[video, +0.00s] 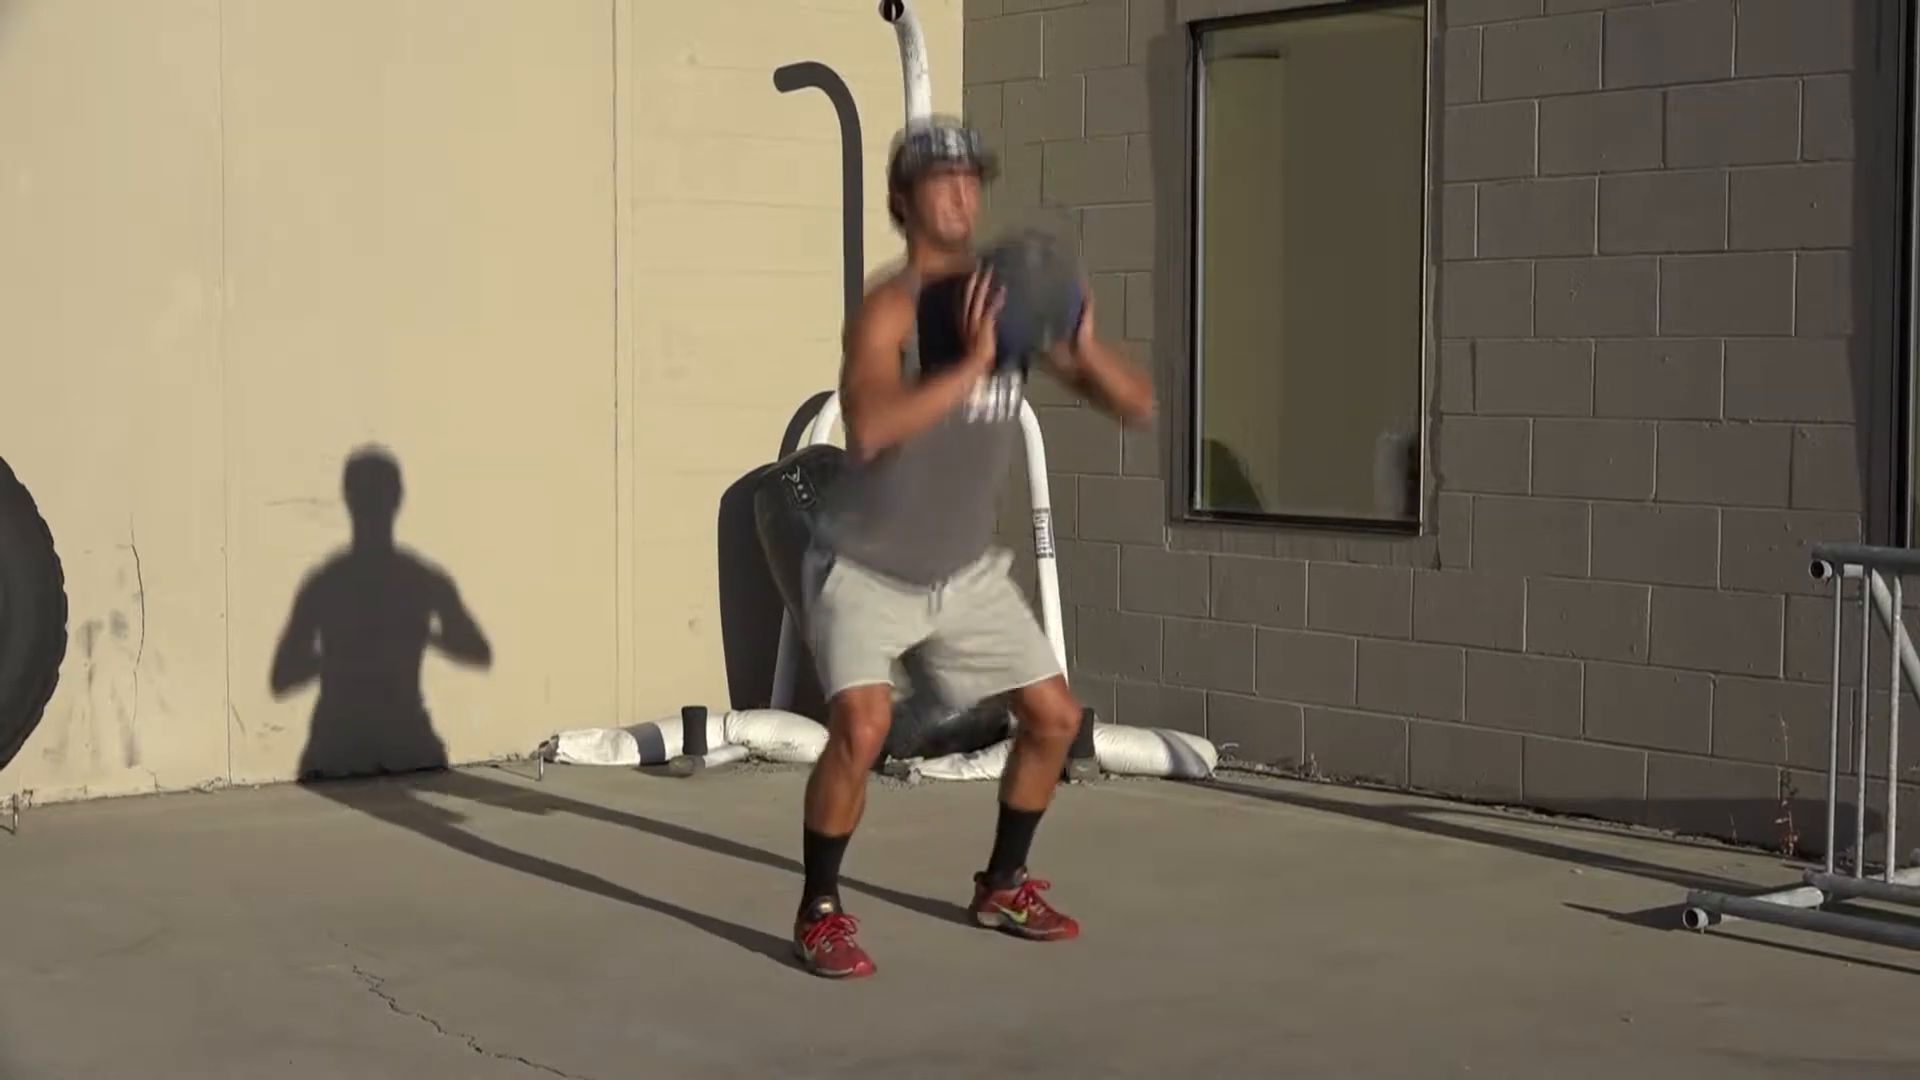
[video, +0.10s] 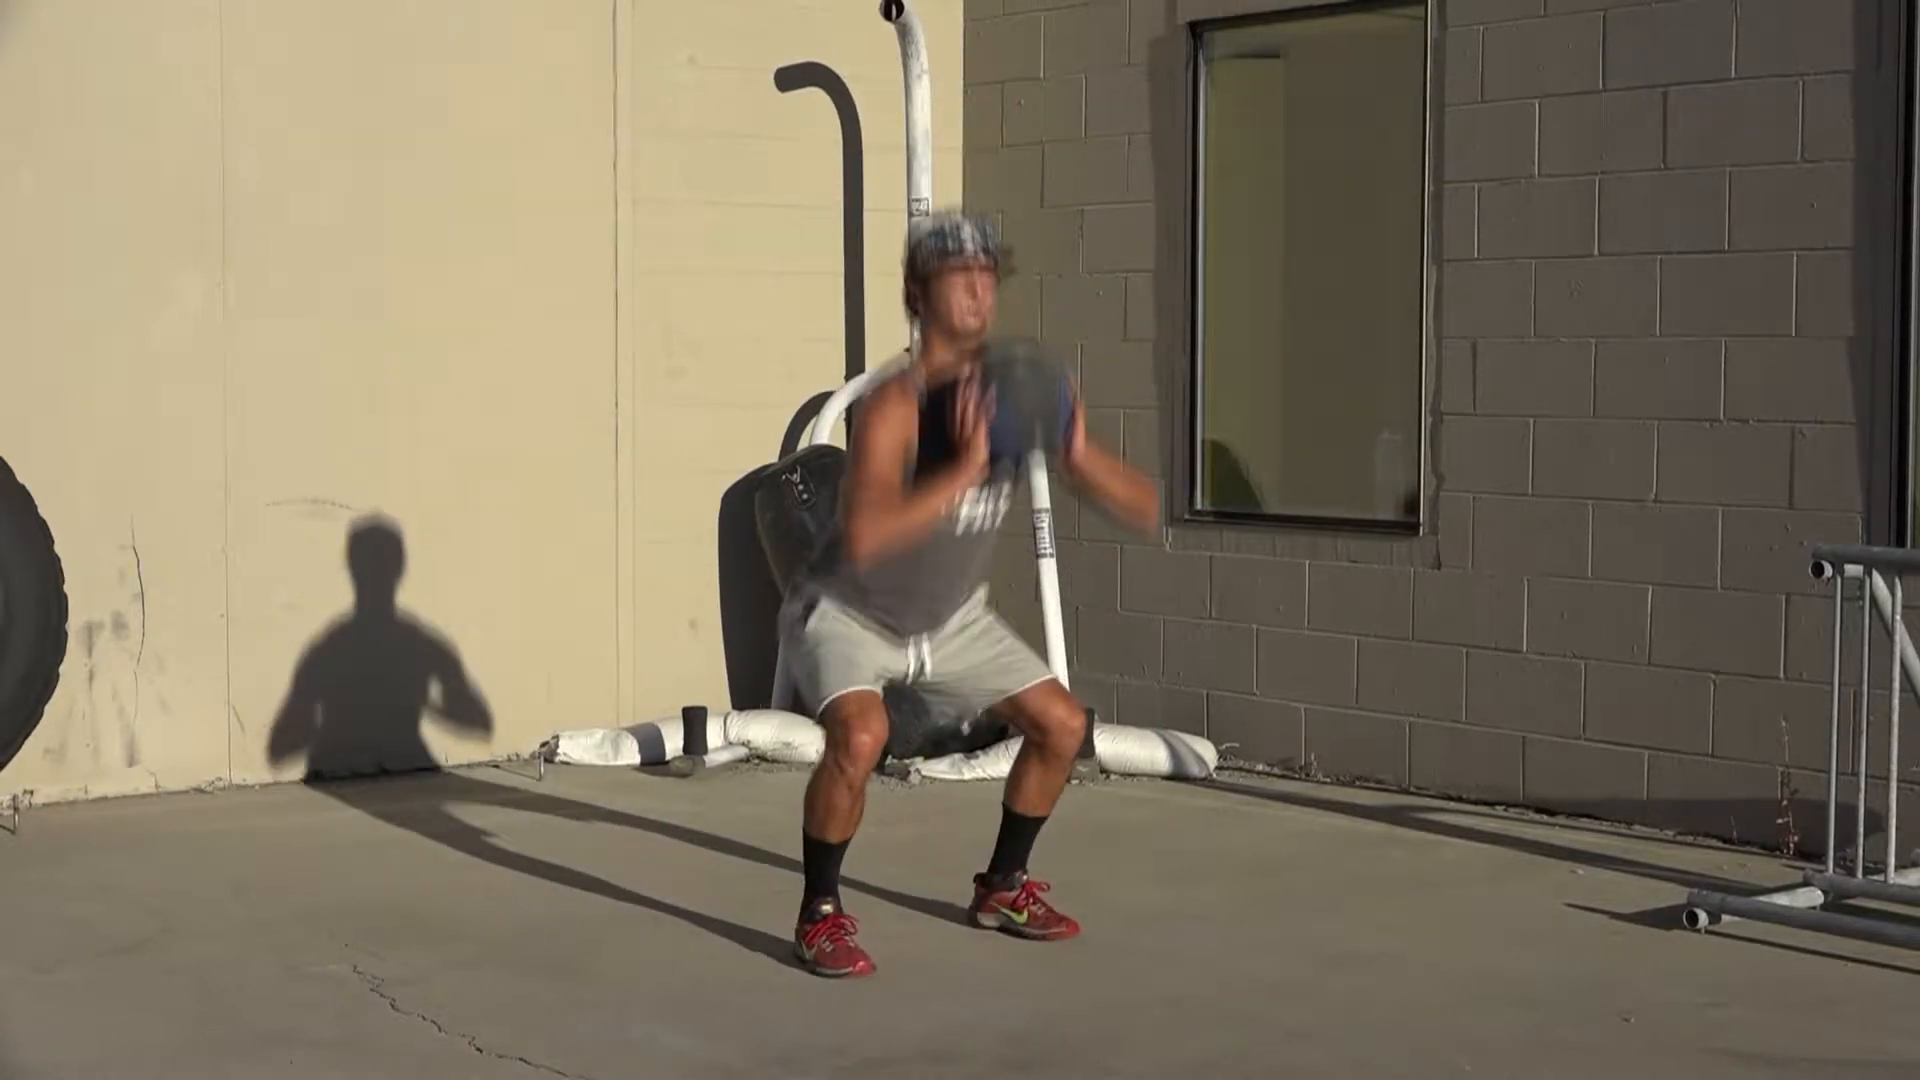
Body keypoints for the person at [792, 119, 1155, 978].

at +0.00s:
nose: (954, 195)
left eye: (965, 180)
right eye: (936, 181)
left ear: (982, 194)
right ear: (901, 199)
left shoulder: (1012, 291)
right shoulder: (888, 306)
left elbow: (1136, 405)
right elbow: (869, 429)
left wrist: (1080, 352)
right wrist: (977, 360)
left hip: (972, 571)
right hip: (868, 570)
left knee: (1055, 716)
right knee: (861, 728)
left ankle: (1003, 884)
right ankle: (819, 910)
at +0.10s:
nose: (976, 297)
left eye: (985, 282)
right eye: (958, 282)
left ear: (996, 293)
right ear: (920, 295)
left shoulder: (1017, 388)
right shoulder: (891, 402)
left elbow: (1144, 509)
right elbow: (863, 540)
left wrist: (1070, 450)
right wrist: (967, 466)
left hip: (954, 619)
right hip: (853, 614)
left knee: (1062, 726)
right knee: (860, 733)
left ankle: (1002, 887)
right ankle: (820, 913)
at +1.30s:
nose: (1002, 182)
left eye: (1015, 167)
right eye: (985, 165)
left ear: (1027, 177)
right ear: (948, 171)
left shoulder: (1042, 286)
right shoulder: (900, 280)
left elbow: (1058, 433)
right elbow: (873, 434)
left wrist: (1056, 551)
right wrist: (950, 537)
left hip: (971, 525)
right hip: (869, 521)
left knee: (1004, 697)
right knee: (852, 705)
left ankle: (1004, 885)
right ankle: (823, 909)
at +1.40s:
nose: (1017, 237)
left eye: (1029, 222)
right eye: (1000, 220)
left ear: (1040, 229)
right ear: (961, 222)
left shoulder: (1048, 336)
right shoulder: (908, 329)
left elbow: (1055, 487)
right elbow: (906, 494)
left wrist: (1053, 614)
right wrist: (955, 618)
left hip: (960, 536)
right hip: (858, 527)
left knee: (1017, 686)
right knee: (855, 707)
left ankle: (1006, 883)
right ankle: (823, 910)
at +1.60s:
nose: (1042, 367)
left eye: (1053, 350)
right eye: (1025, 348)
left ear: (1062, 361)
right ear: (985, 355)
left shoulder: (1061, 461)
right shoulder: (923, 454)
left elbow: (1054, 610)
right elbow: (933, 623)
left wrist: (1049, 743)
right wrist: (958, 763)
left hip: (951, 593)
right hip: (846, 582)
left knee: (1040, 711)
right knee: (864, 721)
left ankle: (1006, 885)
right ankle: (825, 912)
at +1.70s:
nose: (1051, 421)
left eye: (1062, 405)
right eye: (1035, 403)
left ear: (1072, 415)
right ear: (991, 409)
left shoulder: (1067, 513)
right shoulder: (929, 505)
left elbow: (1054, 664)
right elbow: (935, 674)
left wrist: (1049, 802)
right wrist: (956, 812)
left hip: (948, 619)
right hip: (839, 605)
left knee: (1046, 715)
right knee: (871, 724)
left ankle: (1007, 887)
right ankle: (826, 913)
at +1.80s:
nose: (1058, 459)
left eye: (1068, 443)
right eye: (1042, 441)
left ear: (1078, 453)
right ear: (997, 446)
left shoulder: (1068, 545)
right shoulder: (933, 539)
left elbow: (1054, 699)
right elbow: (938, 708)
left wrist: (1042, 853)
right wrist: (952, 848)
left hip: (943, 641)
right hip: (836, 623)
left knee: (1057, 719)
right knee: (877, 726)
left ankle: (1017, 887)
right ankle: (828, 913)